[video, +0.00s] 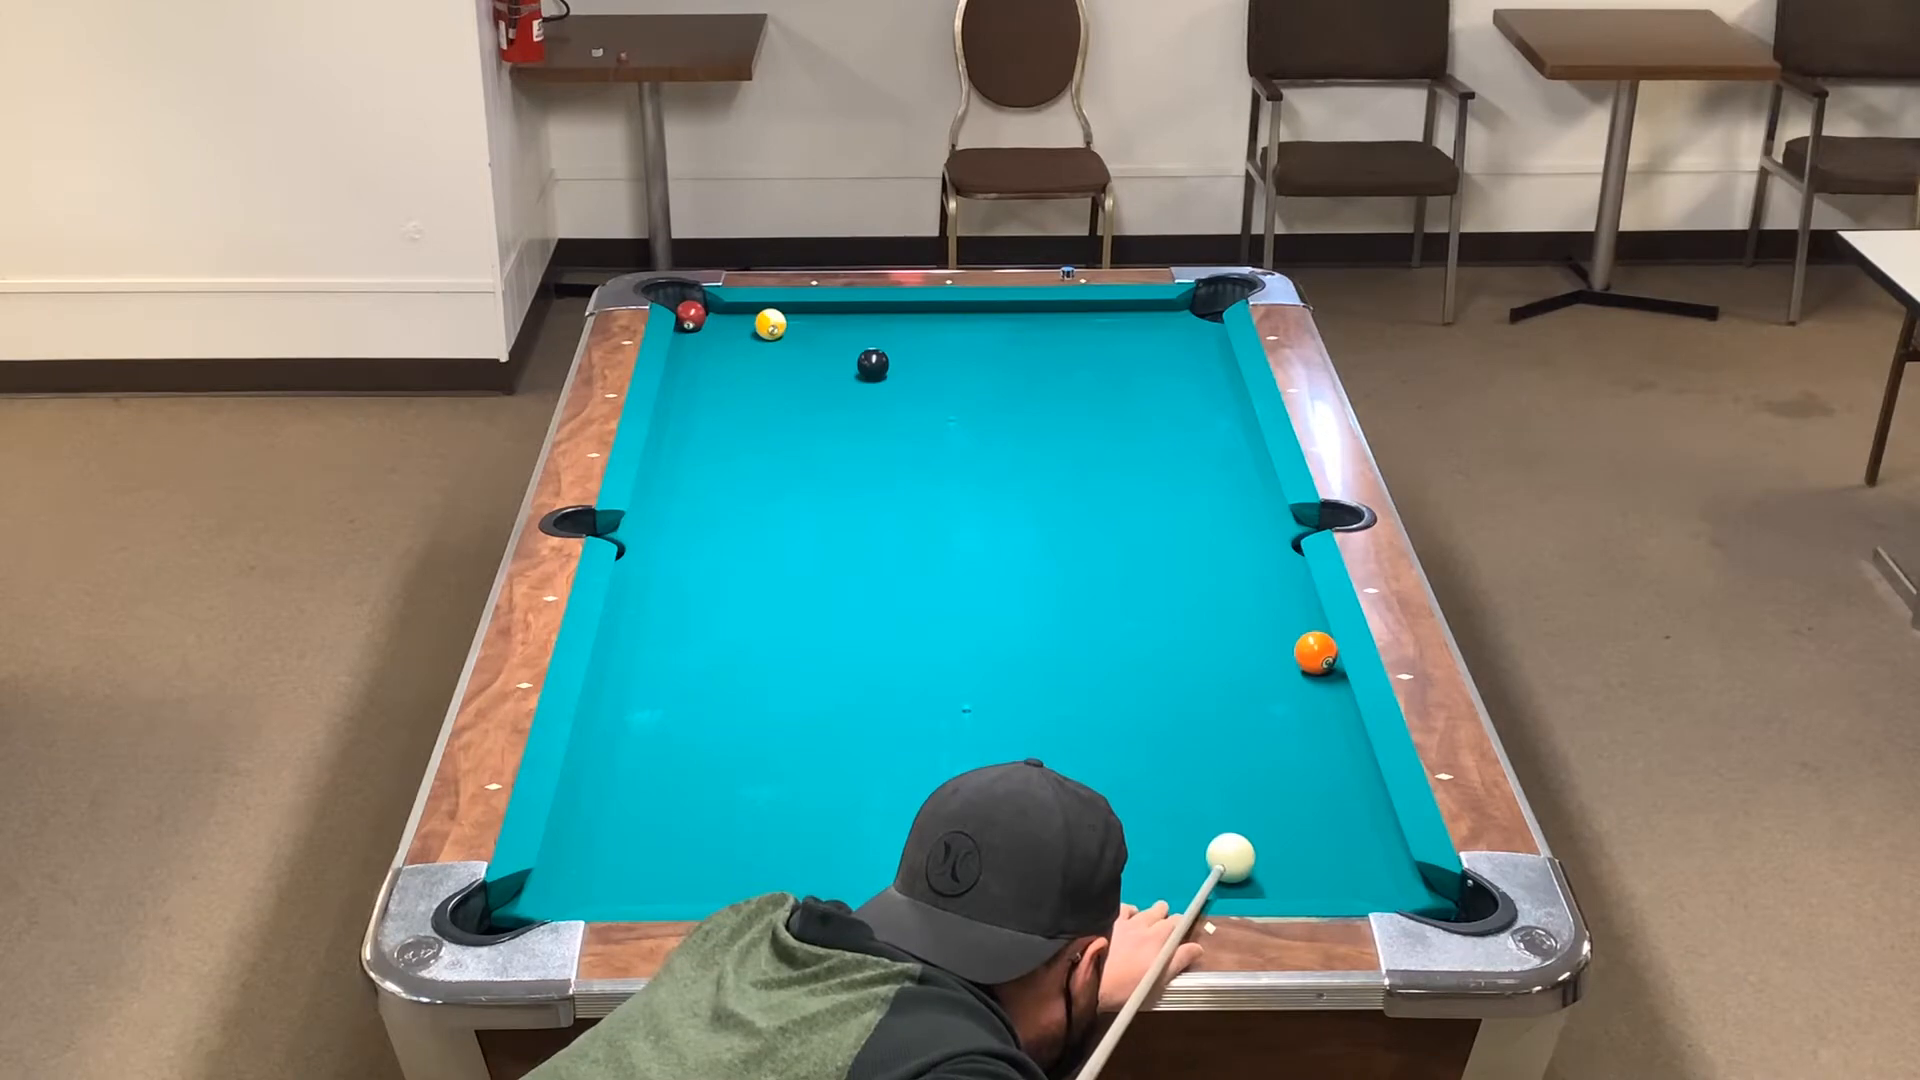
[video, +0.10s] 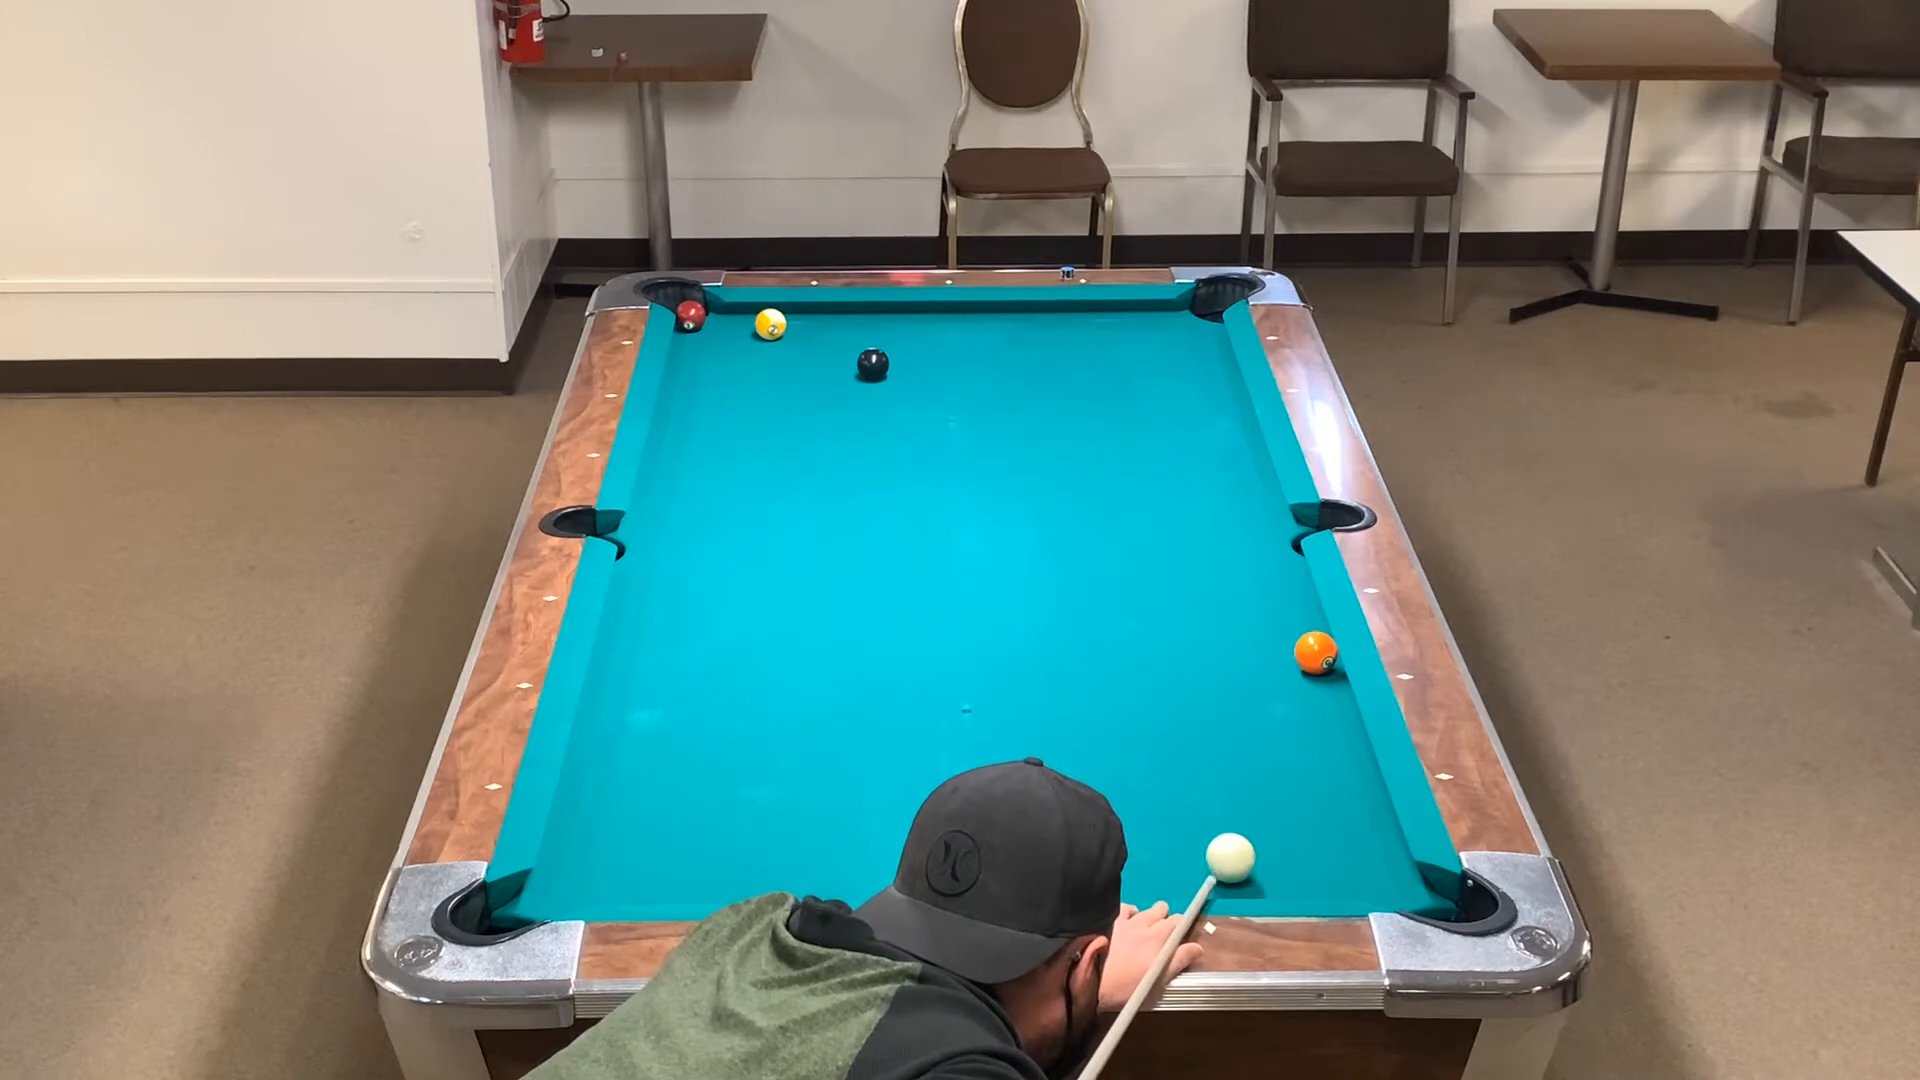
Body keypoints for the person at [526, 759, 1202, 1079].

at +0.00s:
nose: (1107, 953)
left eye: (1106, 941)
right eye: (1107, 942)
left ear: (908, 878)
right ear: (1081, 966)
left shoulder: (751, 922)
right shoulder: (962, 1061)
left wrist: (1075, 1001)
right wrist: (1103, 1018)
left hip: (559, 1066)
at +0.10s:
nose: (1107, 953)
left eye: (1106, 939)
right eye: (1107, 942)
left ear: (909, 877)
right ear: (1081, 967)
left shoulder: (752, 922)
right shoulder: (963, 1061)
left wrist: (1076, 1000)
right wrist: (1103, 1017)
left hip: (560, 1066)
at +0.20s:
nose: (1106, 951)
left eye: (1105, 938)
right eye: (1106, 939)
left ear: (907, 877)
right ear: (1082, 966)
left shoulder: (751, 921)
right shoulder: (964, 1060)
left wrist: (1073, 1003)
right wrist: (1093, 1021)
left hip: (561, 1065)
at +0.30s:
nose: (1106, 951)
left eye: (1105, 937)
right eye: (1106, 939)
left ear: (908, 877)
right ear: (1082, 966)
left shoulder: (751, 921)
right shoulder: (967, 1060)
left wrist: (1074, 1002)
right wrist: (1096, 1018)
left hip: (561, 1065)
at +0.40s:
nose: (1106, 950)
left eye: (1105, 936)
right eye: (1106, 938)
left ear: (908, 878)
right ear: (1082, 966)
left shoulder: (750, 921)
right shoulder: (964, 1060)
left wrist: (1074, 1001)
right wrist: (1098, 1017)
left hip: (561, 1065)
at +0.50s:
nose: (1106, 949)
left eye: (1105, 936)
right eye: (1106, 938)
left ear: (908, 877)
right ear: (1081, 966)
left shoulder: (749, 921)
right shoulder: (966, 1064)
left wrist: (1073, 999)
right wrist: (1091, 1019)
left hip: (556, 1067)